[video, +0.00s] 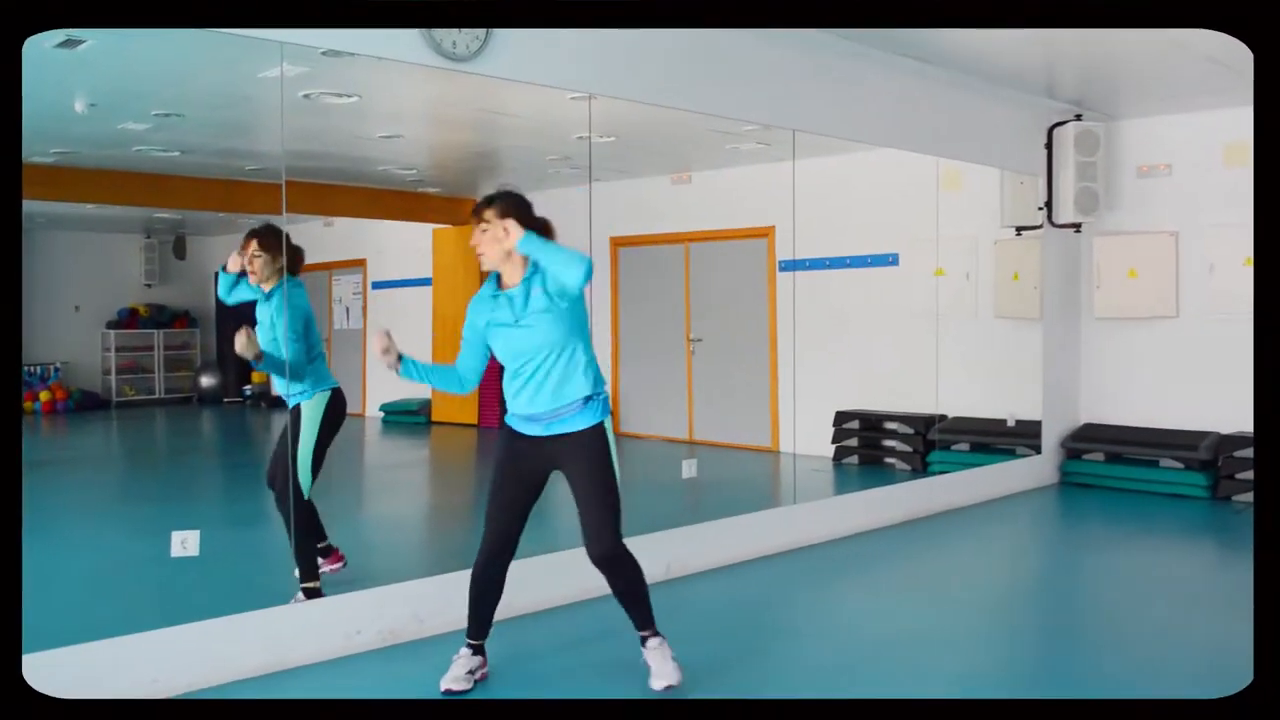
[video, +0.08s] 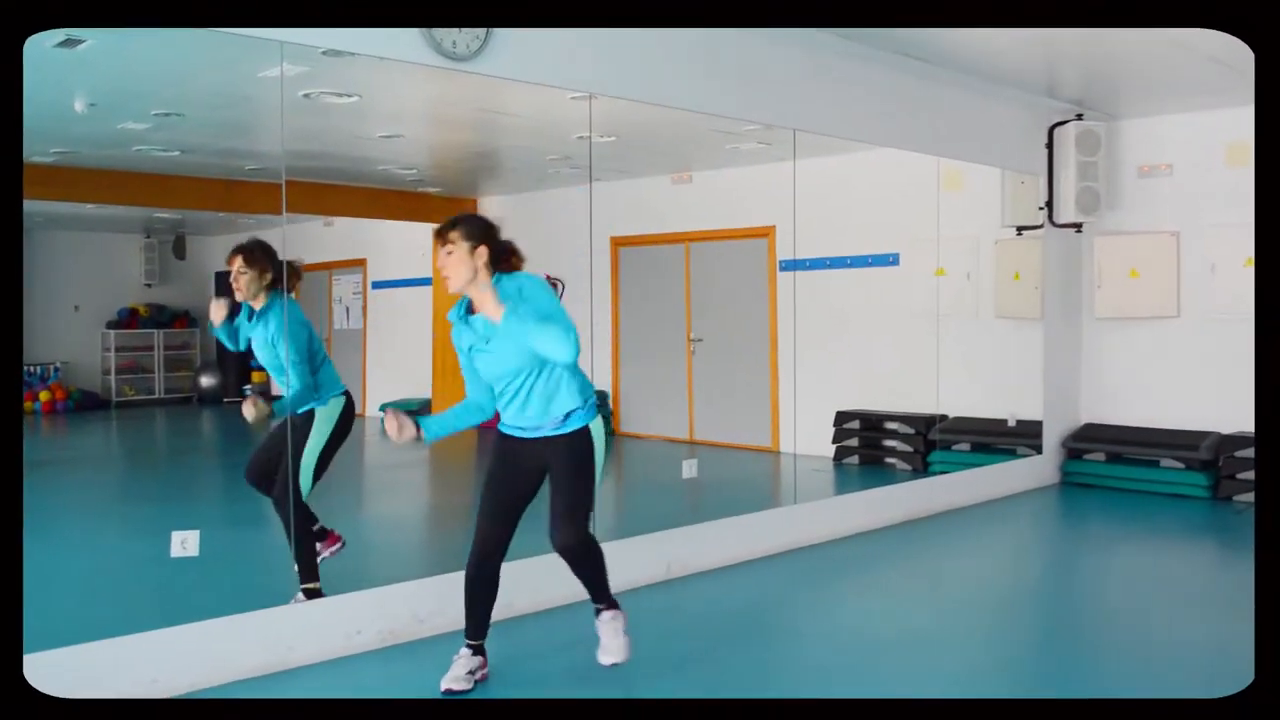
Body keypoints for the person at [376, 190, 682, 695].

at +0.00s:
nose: (474, 242)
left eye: (484, 231)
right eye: (474, 232)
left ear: (515, 234)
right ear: (483, 239)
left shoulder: (554, 277)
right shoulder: (483, 305)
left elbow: (579, 270)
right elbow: (465, 377)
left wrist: (525, 239)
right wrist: (401, 362)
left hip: (582, 430)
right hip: (521, 435)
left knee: (604, 547)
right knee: (494, 548)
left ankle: (652, 642)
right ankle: (473, 653)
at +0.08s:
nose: (440, 263)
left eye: (449, 251)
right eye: (439, 253)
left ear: (480, 255)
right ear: (462, 260)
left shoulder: (528, 288)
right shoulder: (462, 323)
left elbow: (566, 348)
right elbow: (481, 401)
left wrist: (500, 312)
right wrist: (421, 428)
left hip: (572, 430)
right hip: (516, 436)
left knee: (569, 536)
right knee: (486, 547)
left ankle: (607, 611)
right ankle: (473, 651)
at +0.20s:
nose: (407, 305)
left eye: (415, 294)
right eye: (406, 296)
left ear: (448, 295)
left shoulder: (495, 331)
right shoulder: (446, 360)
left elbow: (531, 416)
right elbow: (475, 437)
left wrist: (470, 464)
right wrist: (460, 505)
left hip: (567, 440)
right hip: (516, 445)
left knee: (514, 531)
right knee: (475, 539)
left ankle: (550, 594)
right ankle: (472, 653)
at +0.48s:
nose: (411, 312)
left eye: (418, 300)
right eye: (407, 304)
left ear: (451, 298)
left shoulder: (490, 329)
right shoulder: (444, 361)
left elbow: (480, 413)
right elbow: (471, 426)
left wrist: (431, 469)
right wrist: (452, 500)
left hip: (560, 454)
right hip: (508, 460)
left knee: (549, 569)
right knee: (482, 566)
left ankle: (538, 629)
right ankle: (475, 655)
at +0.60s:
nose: (460, 279)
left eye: (469, 267)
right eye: (452, 272)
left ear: (496, 269)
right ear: (447, 281)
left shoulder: (527, 301)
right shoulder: (464, 338)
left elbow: (504, 346)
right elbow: (462, 411)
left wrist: (442, 376)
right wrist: (413, 449)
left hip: (573, 446)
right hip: (513, 452)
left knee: (608, 553)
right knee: (490, 561)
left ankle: (615, 630)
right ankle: (476, 654)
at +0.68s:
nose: (503, 251)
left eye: (512, 242)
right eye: (493, 246)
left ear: (532, 251)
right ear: (486, 258)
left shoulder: (560, 284)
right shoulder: (483, 322)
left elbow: (525, 294)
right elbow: (455, 387)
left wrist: (472, 305)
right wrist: (391, 395)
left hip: (588, 444)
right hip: (524, 451)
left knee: (640, 549)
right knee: (497, 562)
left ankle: (671, 644)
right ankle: (476, 655)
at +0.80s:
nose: (566, 226)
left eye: (573, 215)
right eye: (557, 218)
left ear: (591, 221)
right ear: (546, 228)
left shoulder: (614, 267)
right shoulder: (530, 286)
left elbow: (617, 215)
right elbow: (463, 325)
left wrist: (539, 209)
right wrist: (392, 305)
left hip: (629, 429)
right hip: (564, 436)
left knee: (671, 548)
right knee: (525, 544)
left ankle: (710, 662)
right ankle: (477, 646)